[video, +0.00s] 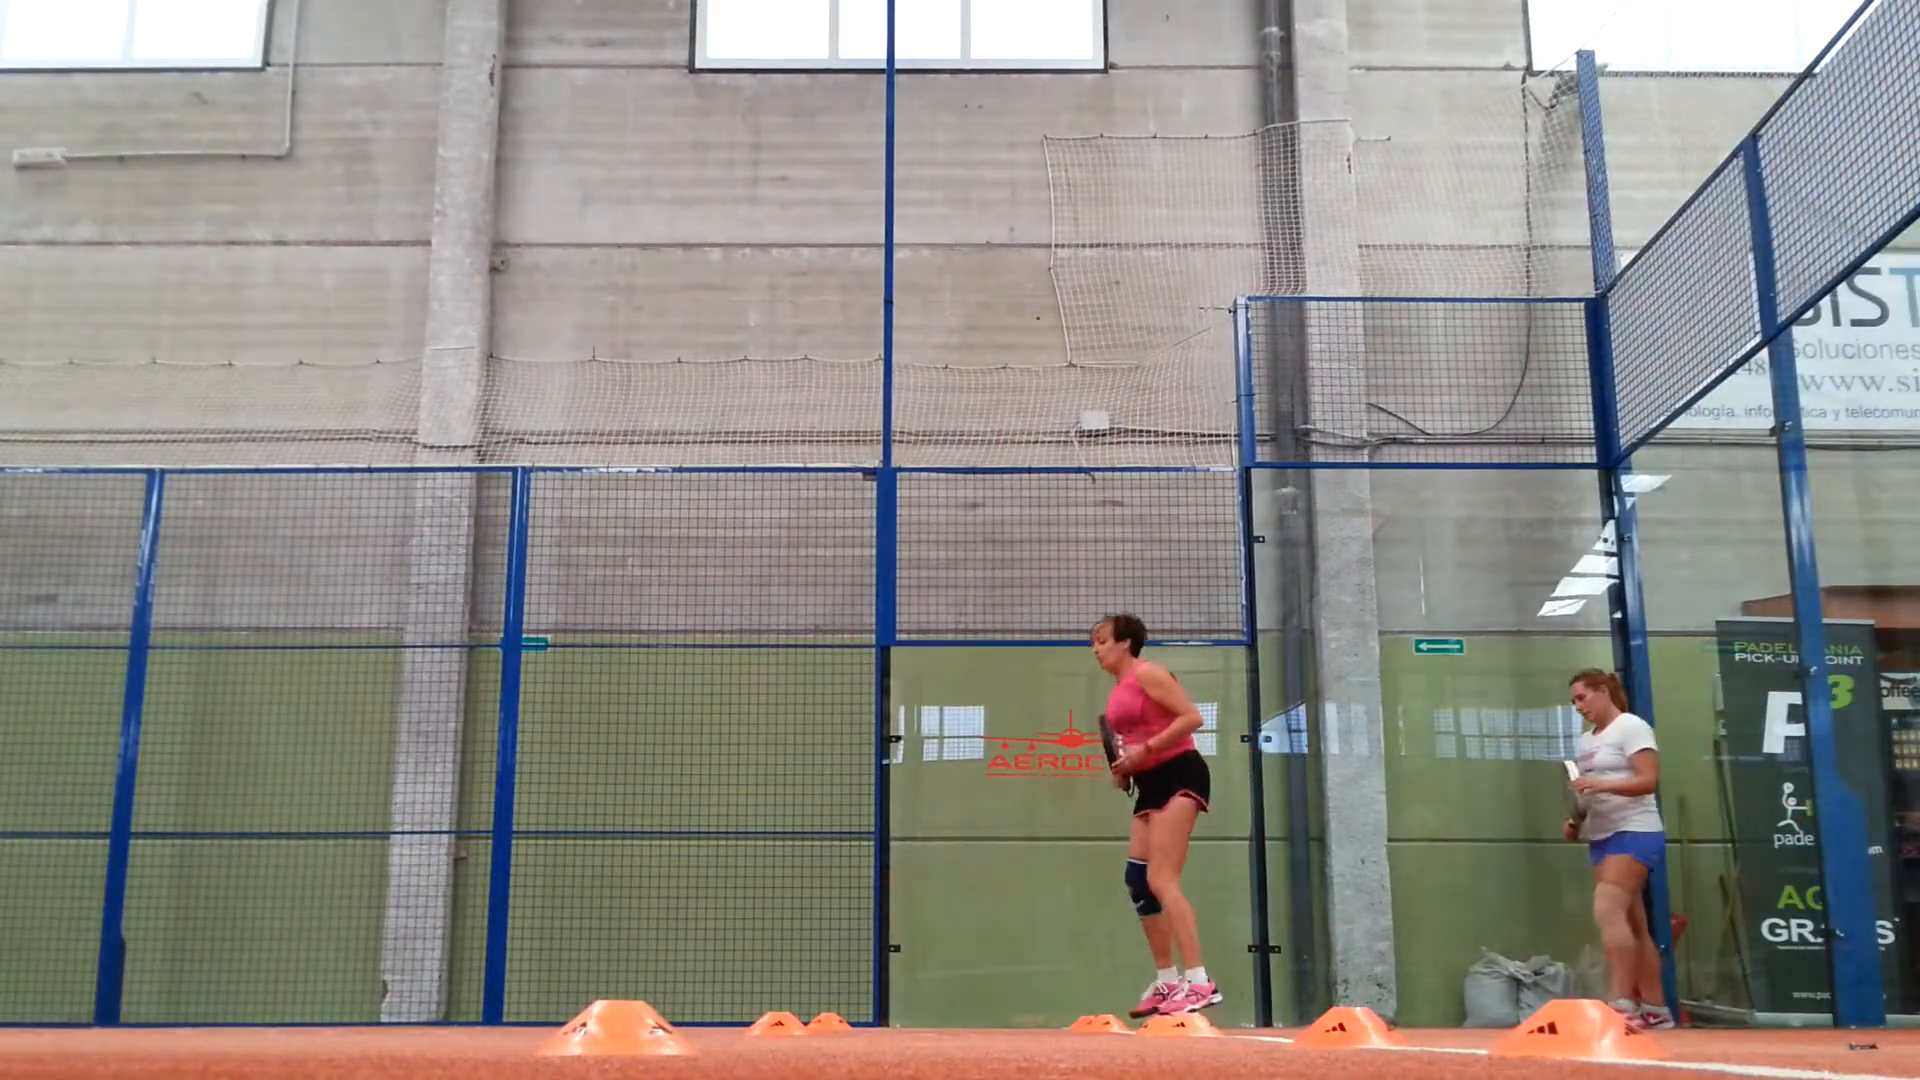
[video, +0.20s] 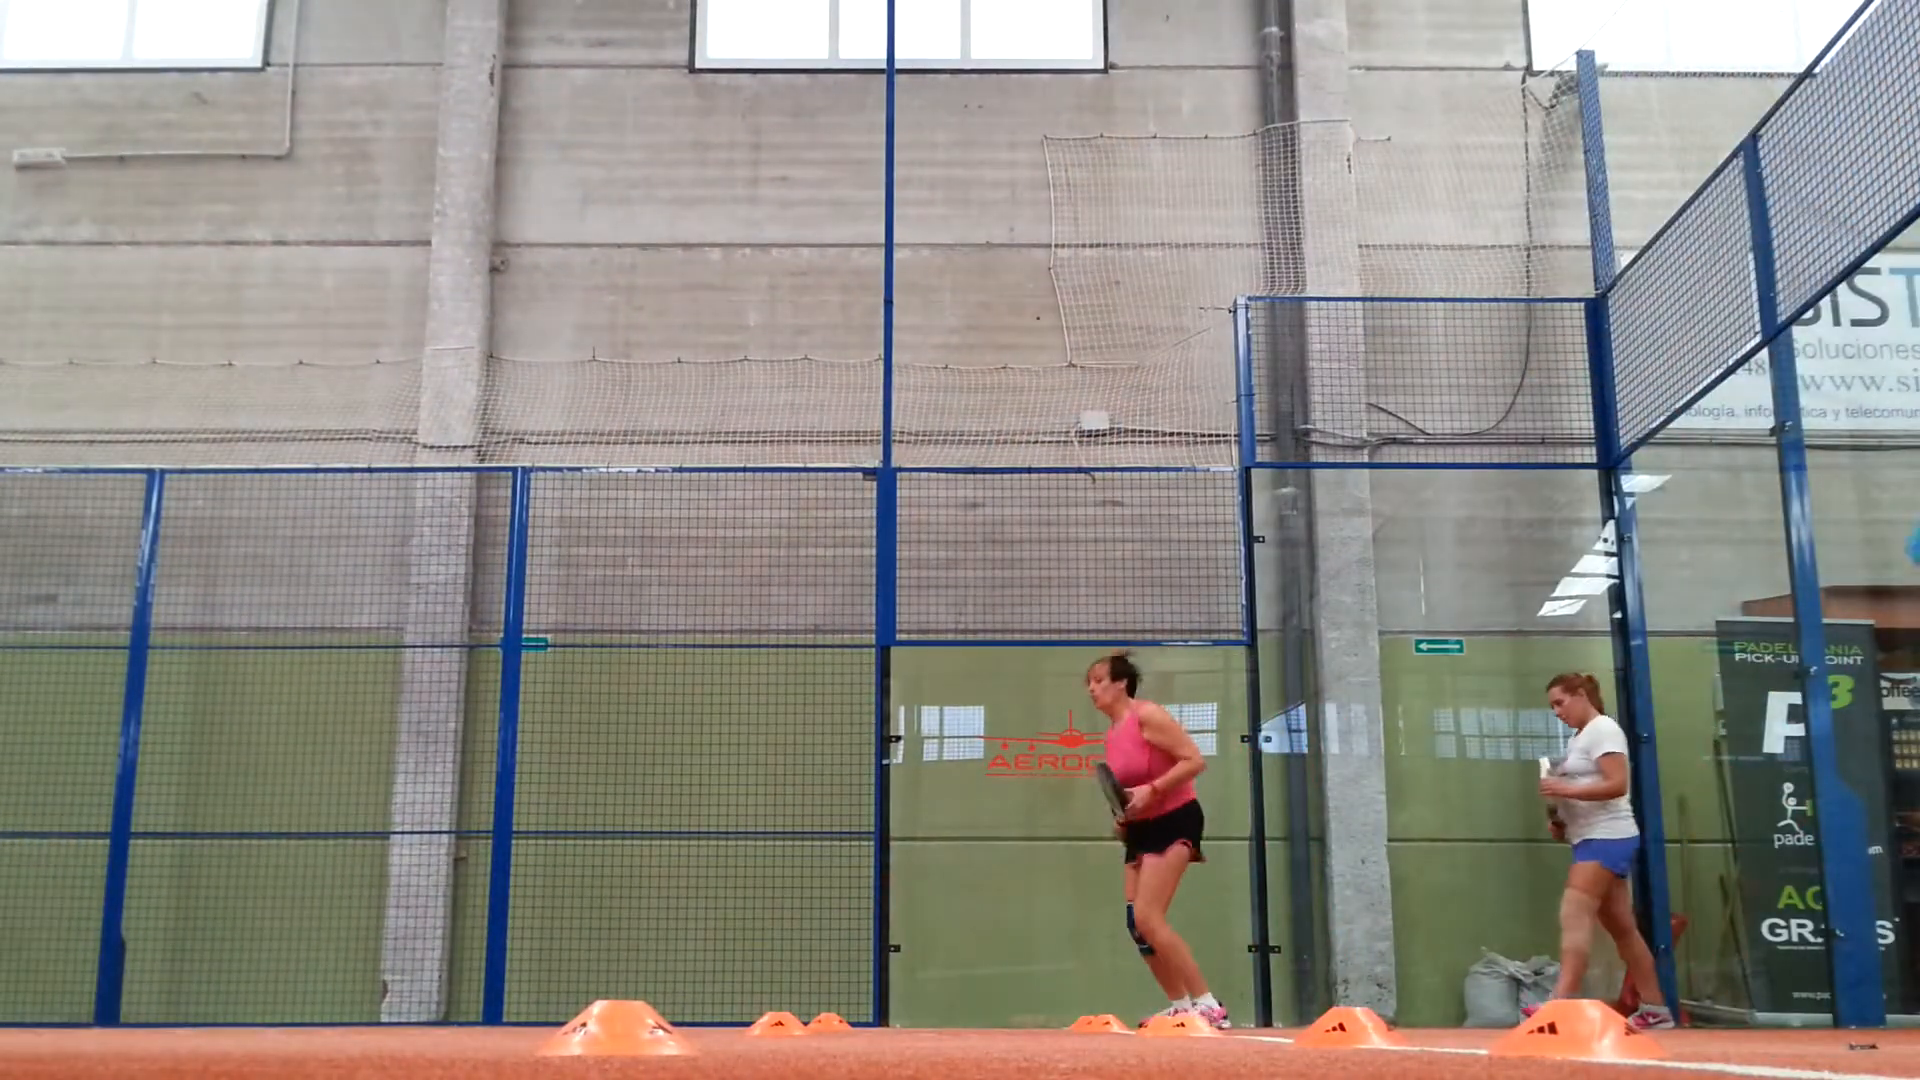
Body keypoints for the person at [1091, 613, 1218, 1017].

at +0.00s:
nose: (1095, 650)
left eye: (1101, 642)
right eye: (1094, 643)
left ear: (1125, 644)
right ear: (1115, 648)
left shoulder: (1146, 673)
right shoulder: (1122, 687)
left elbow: (1191, 716)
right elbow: (1134, 737)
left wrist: (1146, 751)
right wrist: (1125, 765)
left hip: (1179, 777)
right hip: (1151, 784)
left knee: (1162, 879)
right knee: (1139, 882)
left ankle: (1199, 982)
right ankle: (1168, 981)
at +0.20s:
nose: (1091, 690)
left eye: (1098, 682)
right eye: (1089, 683)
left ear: (1122, 684)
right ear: (1098, 688)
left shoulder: (1148, 715)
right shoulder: (1115, 729)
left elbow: (1194, 760)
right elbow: (1135, 780)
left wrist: (1153, 789)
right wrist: (1125, 815)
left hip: (1174, 821)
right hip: (1143, 825)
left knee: (1148, 917)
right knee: (1139, 925)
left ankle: (1208, 1004)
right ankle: (1182, 1008)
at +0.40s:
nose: (1073, 655)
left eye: (1078, 646)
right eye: (1070, 648)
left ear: (1103, 643)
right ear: (1080, 651)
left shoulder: (1147, 672)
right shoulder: (1082, 697)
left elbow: (1192, 711)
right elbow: (1074, 756)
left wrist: (1171, 729)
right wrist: (1093, 774)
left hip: (1163, 780)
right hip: (1118, 787)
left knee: (1158, 878)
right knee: (1101, 887)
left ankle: (1189, 982)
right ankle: (1139, 972)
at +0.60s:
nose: (1048, 687)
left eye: (1052, 677)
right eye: (1045, 680)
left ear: (1078, 672)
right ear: (1062, 677)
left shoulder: (1126, 694)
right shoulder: (1060, 731)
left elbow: (1166, 734)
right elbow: (1050, 798)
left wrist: (1165, 767)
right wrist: (1083, 819)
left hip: (1151, 804)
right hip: (1102, 813)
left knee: (1166, 895)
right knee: (1066, 898)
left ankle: (1160, 999)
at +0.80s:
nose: (1025, 770)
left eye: (1030, 760)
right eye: (1022, 763)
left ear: (1056, 756)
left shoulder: (1101, 761)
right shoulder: (1039, 808)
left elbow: (1134, 784)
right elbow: (1008, 872)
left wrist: (1161, 825)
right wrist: (1000, 919)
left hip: (1123, 845)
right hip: (1068, 855)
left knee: (1166, 909)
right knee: (1031, 921)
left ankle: (1156, 1002)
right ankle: (988, 1004)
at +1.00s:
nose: (1023, 815)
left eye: (1028, 806)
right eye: (1019, 808)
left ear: (1053, 798)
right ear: (1018, 807)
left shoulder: (1097, 793)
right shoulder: (1027, 835)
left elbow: (1136, 802)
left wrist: (1167, 829)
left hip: (1111, 846)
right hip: (1056, 855)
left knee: (1146, 910)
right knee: (1020, 912)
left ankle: (1155, 1004)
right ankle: (985, 1005)